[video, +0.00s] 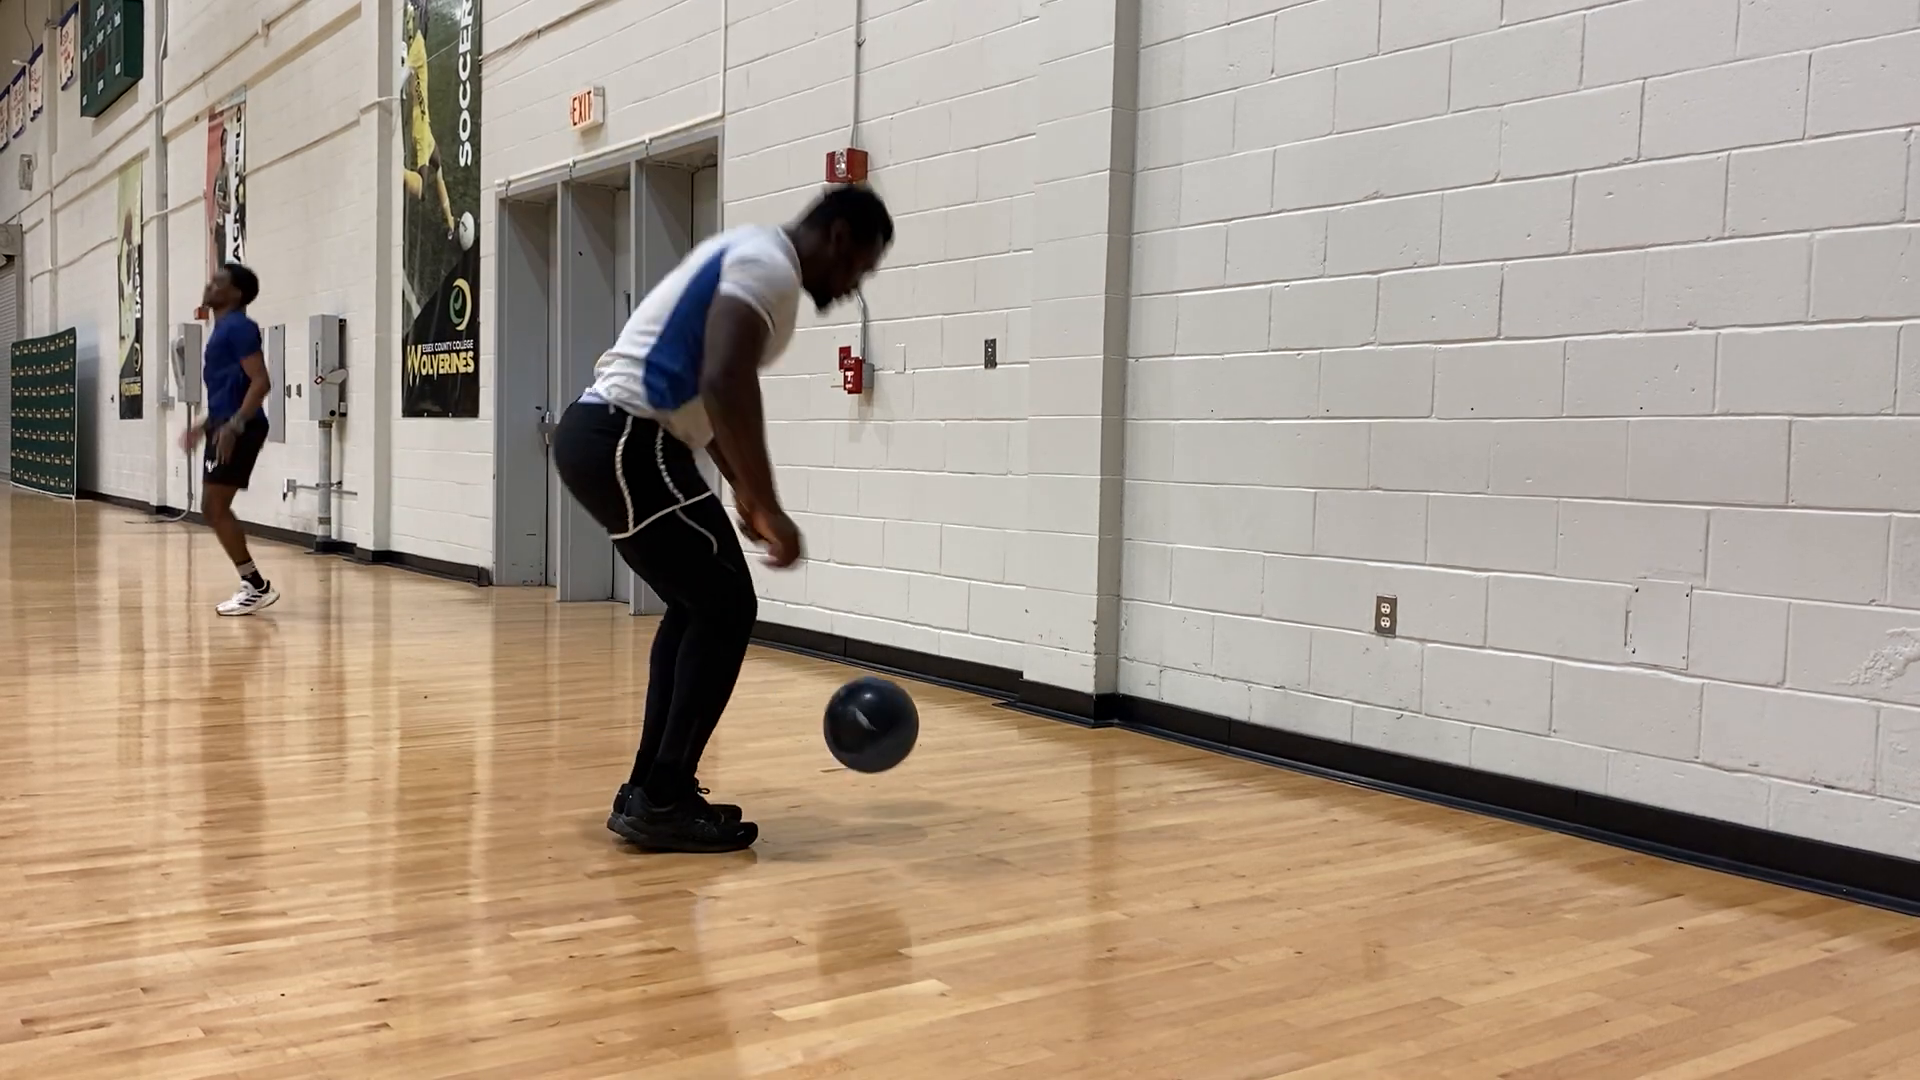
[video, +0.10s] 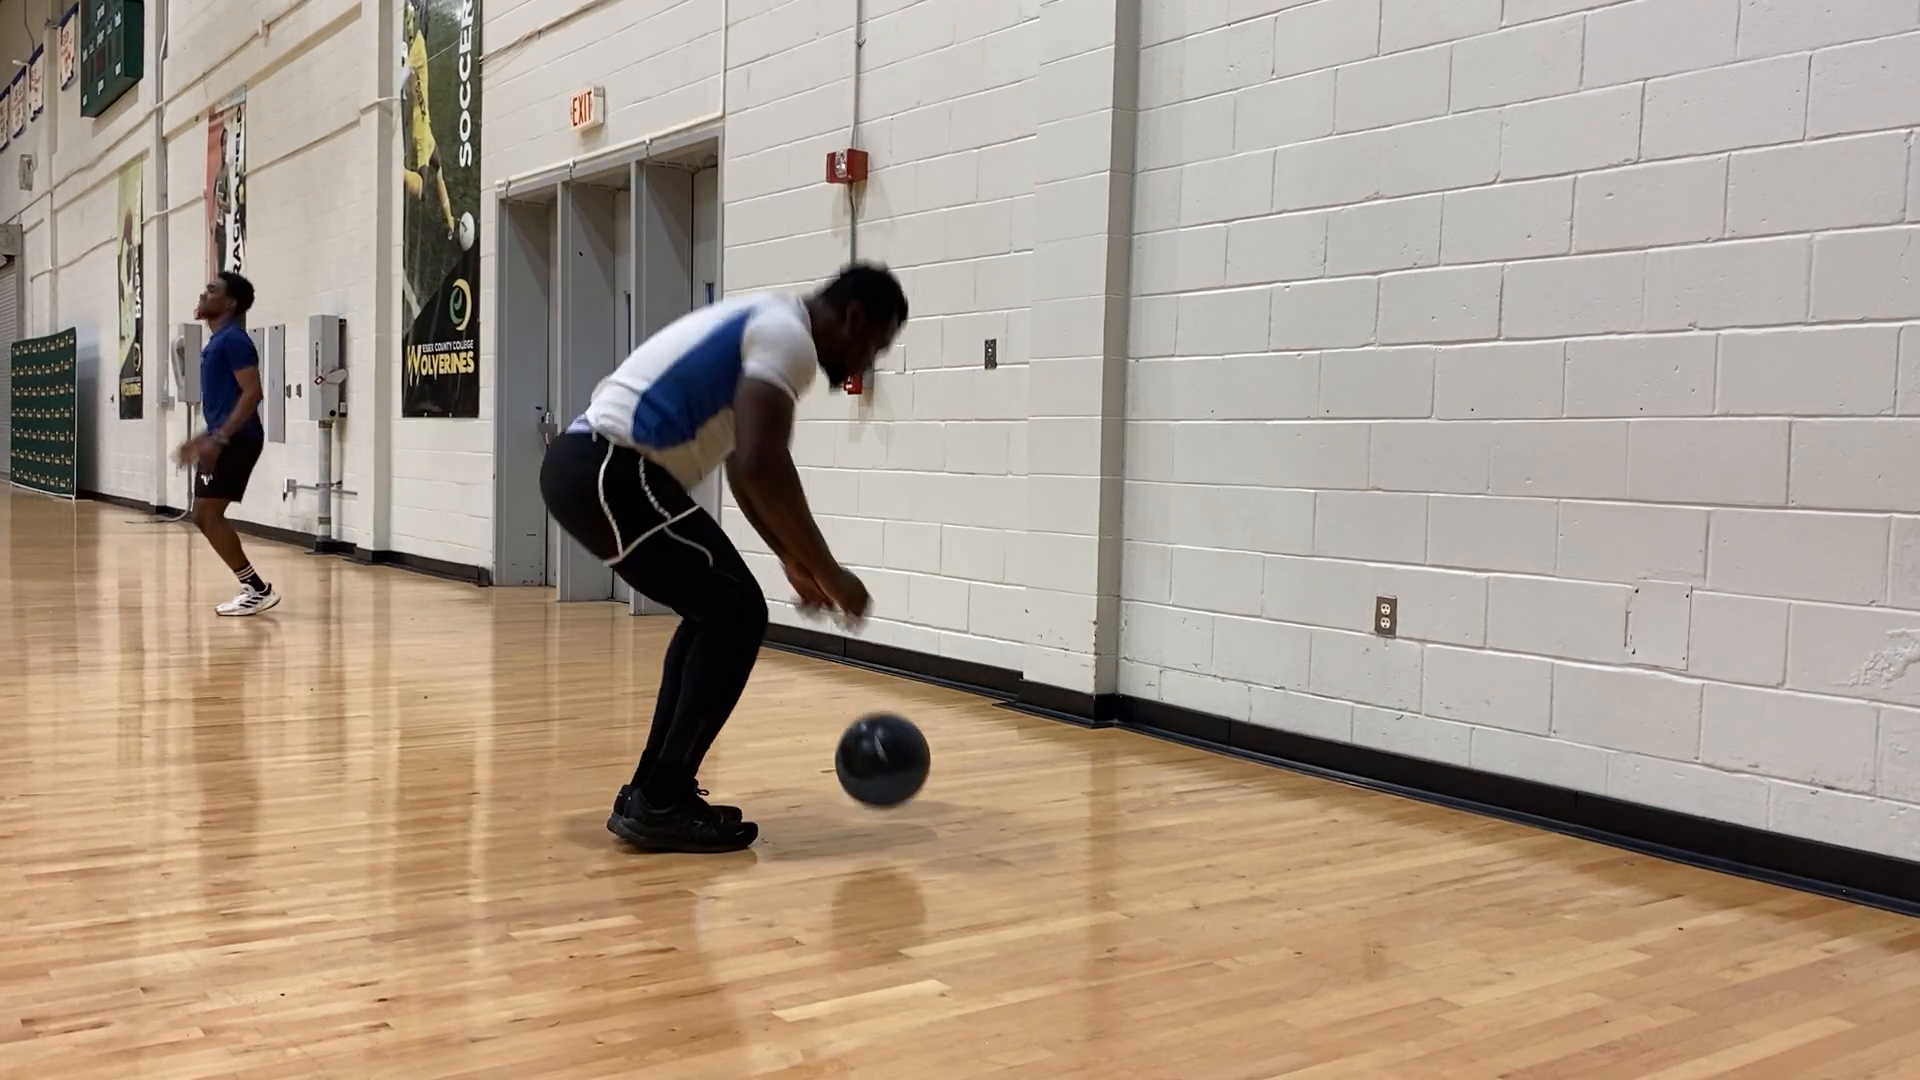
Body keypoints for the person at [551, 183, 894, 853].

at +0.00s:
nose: (858, 283)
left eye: (868, 271)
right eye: (863, 264)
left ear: (825, 229)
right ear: (835, 235)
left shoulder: (748, 252)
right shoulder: (767, 261)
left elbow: (705, 397)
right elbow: (725, 376)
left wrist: (745, 491)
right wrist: (765, 500)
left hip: (607, 433)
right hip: (633, 440)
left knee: (695, 605)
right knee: (727, 608)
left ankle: (650, 789)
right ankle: (666, 798)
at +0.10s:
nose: (870, 364)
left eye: (879, 350)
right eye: (875, 345)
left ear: (840, 309)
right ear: (851, 316)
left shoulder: (768, 320)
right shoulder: (784, 331)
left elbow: (745, 473)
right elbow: (761, 461)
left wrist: (794, 562)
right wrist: (827, 567)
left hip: (595, 463)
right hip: (613, 468)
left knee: (716, 609)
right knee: (739, 611)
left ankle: (653, 790)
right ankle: (663, 800)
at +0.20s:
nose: (873, 428)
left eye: (882, 415)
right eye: (877, 411)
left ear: (838, 374)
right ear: (851, 382)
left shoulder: (780, 393)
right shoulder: (797, 410)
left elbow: (794, 545)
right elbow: (804, 546)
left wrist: (842, 632)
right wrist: (867, 644)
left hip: (588, 509)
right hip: (607, 517)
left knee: (741, 619)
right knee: (761, 624)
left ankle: (655, 789)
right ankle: (667, 800)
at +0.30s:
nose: (875, 473)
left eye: (883, 462)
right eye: (879, 457)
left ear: (839, 426)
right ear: (849, 432)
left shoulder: (785, 444)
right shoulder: (809, 464)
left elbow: (820, 600)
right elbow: (831, 604)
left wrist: (874, 690)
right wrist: (896, 705)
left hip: (595, 557)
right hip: (611, 567)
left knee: (772, 633)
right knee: (780, 643)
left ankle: (658, 788)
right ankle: (670, 799)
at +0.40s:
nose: (874, 489)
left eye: (882, 475)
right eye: (878, 470)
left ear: (827, 445)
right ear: (845, 450)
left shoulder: (775, 470)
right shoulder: (809, 489)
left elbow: (812, 615)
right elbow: (845, 616)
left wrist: (869, 701)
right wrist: (905, 709)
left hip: (611, 607)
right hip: (627, 617)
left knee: (798, 650)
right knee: (800, 662)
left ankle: (664, 783)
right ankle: (673, 792)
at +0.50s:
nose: (863, 475)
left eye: (868, 460)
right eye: (862, 458)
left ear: (816, 440)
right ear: (827, 443)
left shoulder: (765, 474)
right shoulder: (805, 491)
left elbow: (812, 618)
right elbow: (853, 612)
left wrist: (876, 701)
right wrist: (924, 694)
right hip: (656, 664)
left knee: (826, 663)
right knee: (838, 685)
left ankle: (680, 774)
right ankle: (683, 785)